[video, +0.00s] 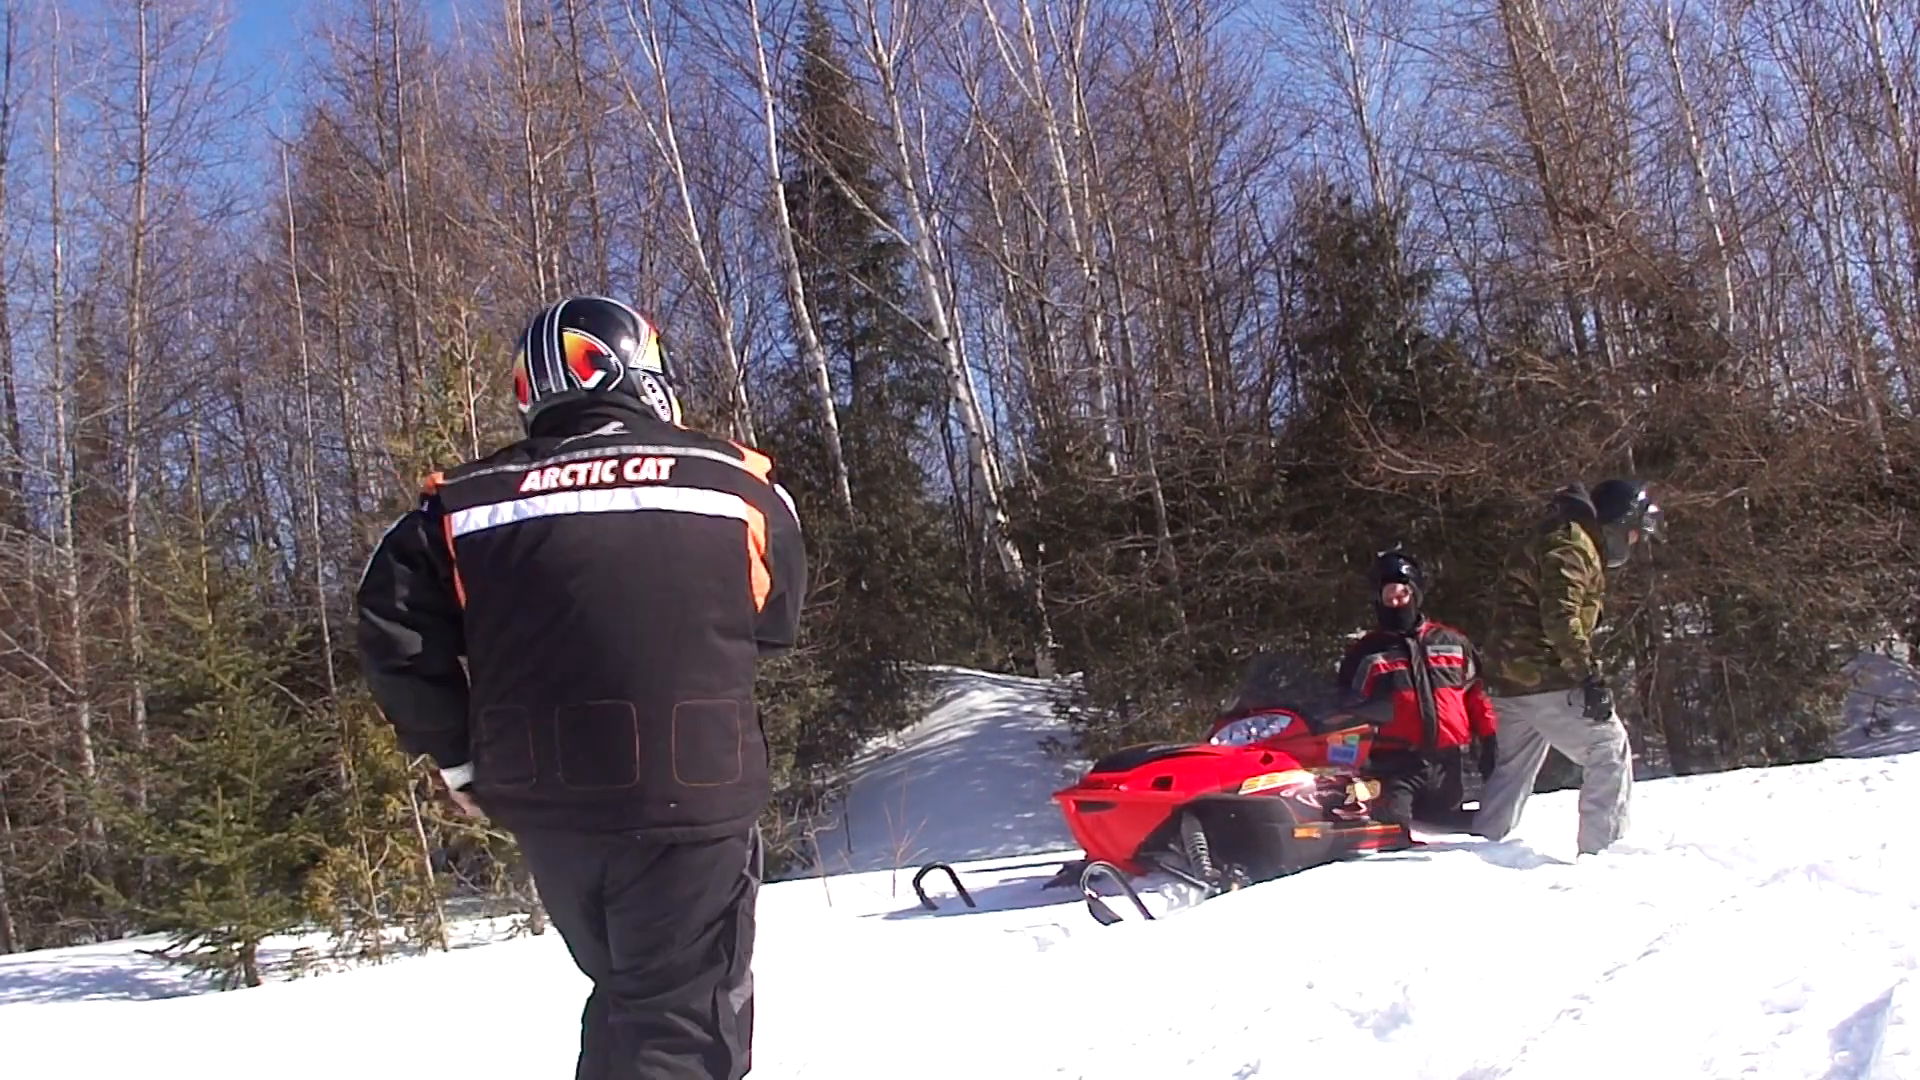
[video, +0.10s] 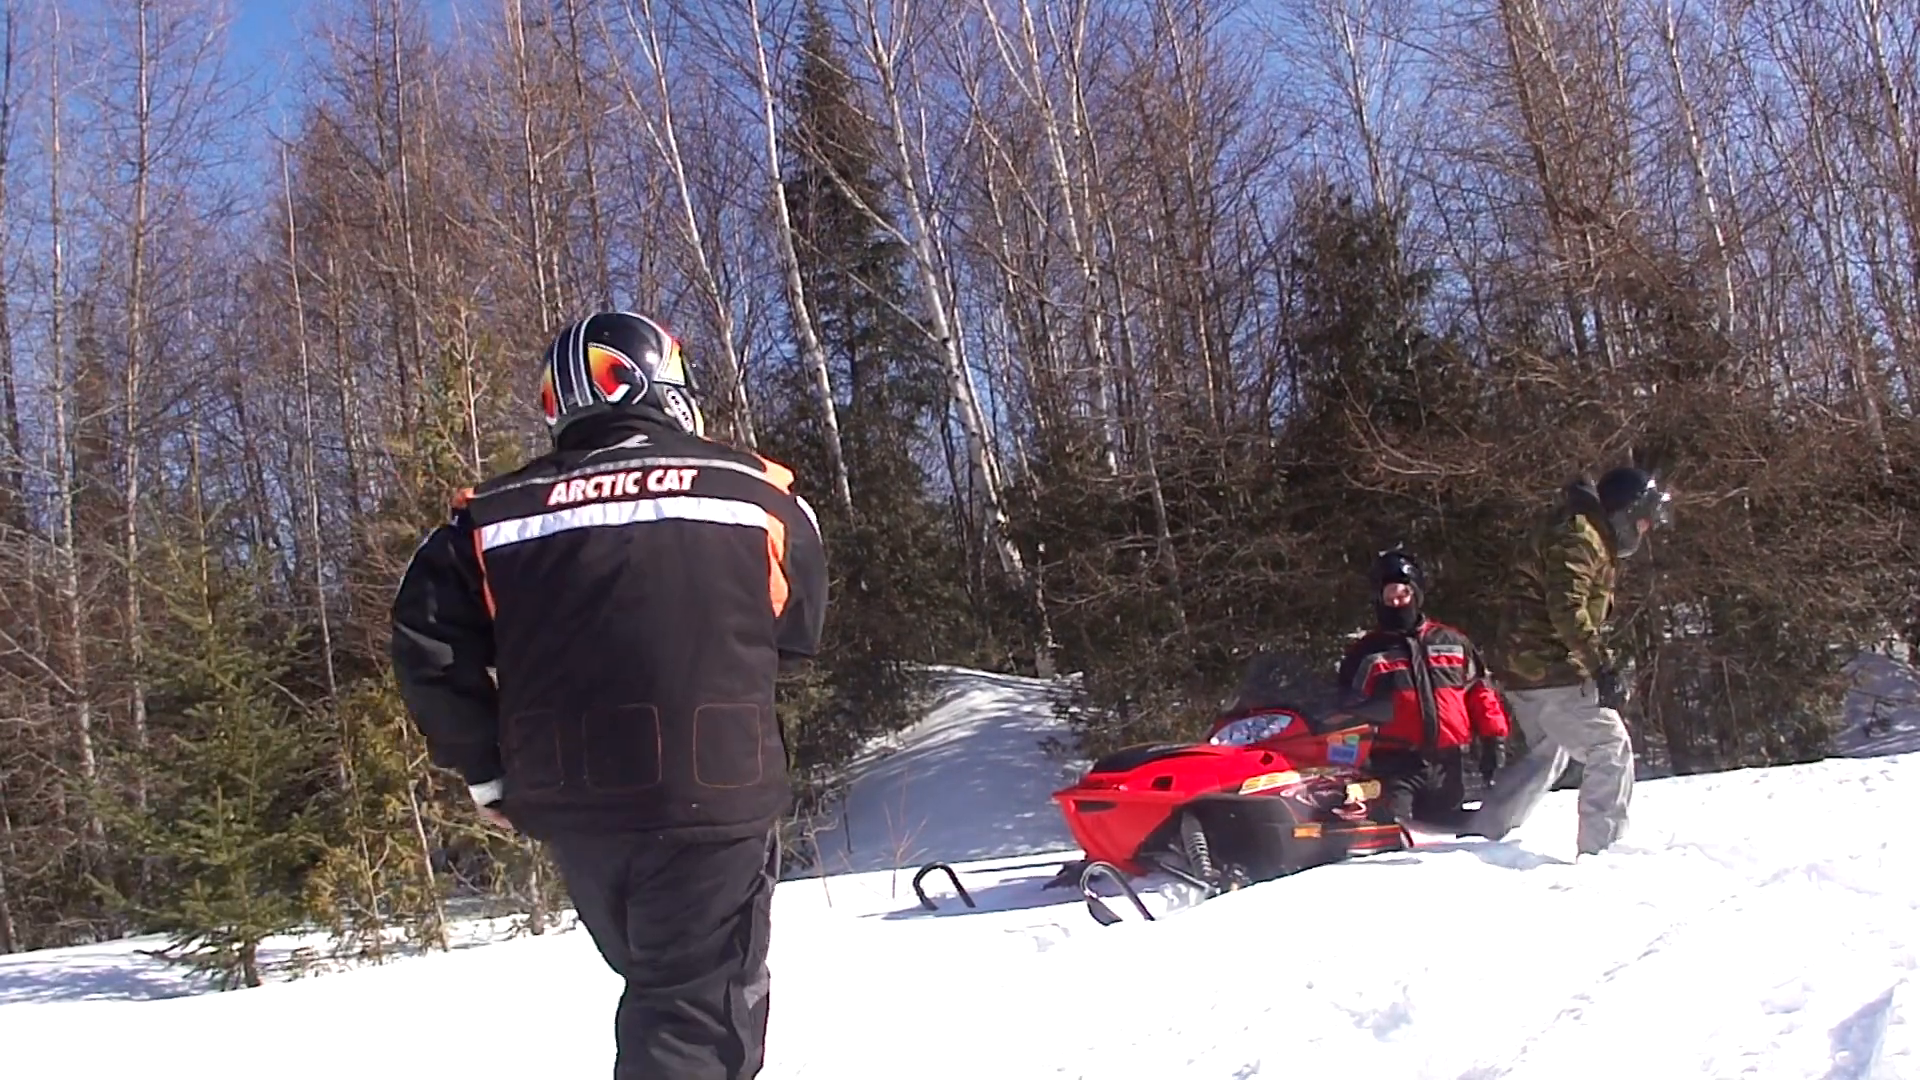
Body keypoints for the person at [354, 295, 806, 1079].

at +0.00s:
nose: (670, 382)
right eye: (662, 368)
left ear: (529, 388)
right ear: (645, 374)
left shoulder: (461, 498)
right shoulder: (737, 485)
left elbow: (391, 629)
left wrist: (455, 754)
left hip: (543, 812)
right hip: (694, 807)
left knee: (623, 1002)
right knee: (675, 1027)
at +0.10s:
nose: (691, 391)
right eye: (683, 377)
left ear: (557, 398)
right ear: (670, 384)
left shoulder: (491, 509)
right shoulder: (758, 491)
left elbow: (425, 645)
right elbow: (799, 632)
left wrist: (484, 767)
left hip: (568, 811)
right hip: (713, 802)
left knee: (682, 995)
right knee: (685, 1024)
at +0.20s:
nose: (710, 400)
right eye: (701, 387)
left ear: (581, 406)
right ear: (687, 392)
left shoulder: (514, 518)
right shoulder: (774, 490)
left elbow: (456, 650)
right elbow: (825, 627)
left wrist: (520, 763)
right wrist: (752, 687)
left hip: (593, 813)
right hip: (740, 798)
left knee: (663, 1010)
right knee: (749, 1012)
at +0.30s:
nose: (734, 410)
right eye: (725, 396)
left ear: (605, 417)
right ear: (712, 401)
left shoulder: (543, 523)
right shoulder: (784, 489)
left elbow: (474, 637)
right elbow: (856, 628)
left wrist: (543, 751)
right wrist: (789, 702)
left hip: (614, 809)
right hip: (760, 791)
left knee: (688, 996)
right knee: (820, 959)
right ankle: (755, 1068)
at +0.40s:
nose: (758, 416)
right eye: (749, 404)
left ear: (642, 419)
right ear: (740, 410)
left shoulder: (579, 523)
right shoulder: (802, 486)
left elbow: (505, 626)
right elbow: (881, 613)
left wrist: (570, 734)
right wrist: (826, 697)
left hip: (641, 794)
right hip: (788, 778)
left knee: (698, 978)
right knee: (847, 941)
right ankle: (835, 1069)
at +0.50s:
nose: (796, 428)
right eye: (787, 417)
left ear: (680, 429)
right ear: (774, 420)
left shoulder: (617, 526)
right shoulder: (831, 489)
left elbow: (543, 622)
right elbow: (908, 599)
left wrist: (602, 729)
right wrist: (863, 691)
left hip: (672, 787)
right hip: (812, 777)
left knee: (707, 980)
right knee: (852, 969)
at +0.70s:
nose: (852, 455)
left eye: (845, 444)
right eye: (844, 443)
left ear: (740, 454)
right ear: (829, 449)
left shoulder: (677, 549)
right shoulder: (890, 529)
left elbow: (614, 642)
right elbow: (949, 642)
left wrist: (660, 751)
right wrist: (897, 696)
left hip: (733, 804)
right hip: (861, 799)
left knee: (782, 950)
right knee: (897, 962)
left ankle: (707, 1051)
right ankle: (862, 1070)